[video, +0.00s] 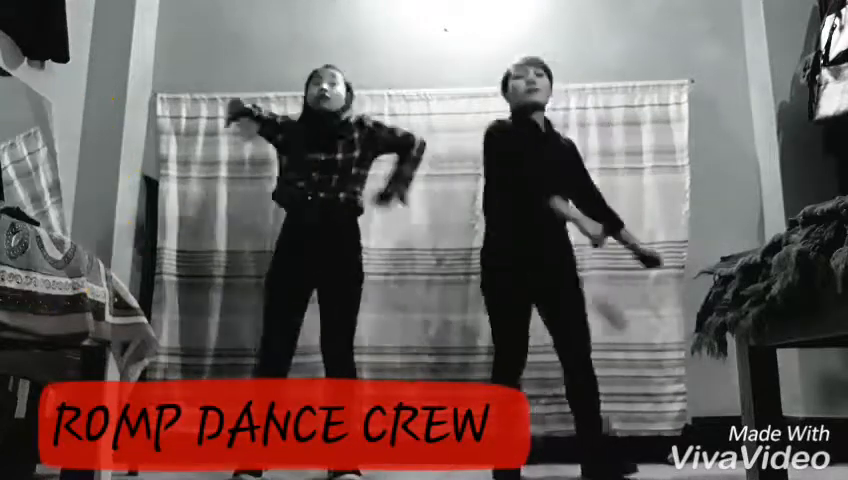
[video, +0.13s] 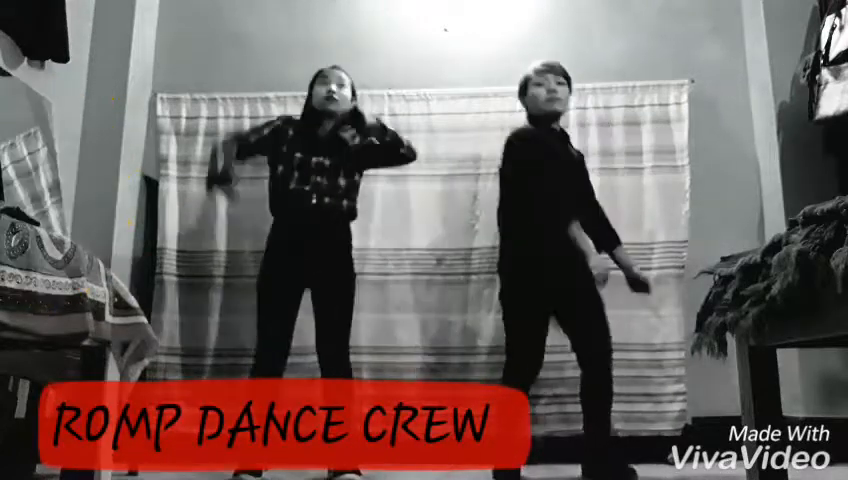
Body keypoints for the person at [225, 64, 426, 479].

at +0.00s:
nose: (324, 86)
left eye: (333, 81)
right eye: (316, 81)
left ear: (348, 96)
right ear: (305, 95)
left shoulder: (363, 131)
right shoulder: (289, 129)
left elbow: (414, 145)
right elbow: (247, 114)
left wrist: (397, 184)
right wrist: (242, 113)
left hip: (340, 245)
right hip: (295, 244)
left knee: (338, 351)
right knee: (275, 349)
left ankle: (344, 454)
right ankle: (255, 451)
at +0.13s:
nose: (333, 89)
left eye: (342, 85)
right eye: (325, 82)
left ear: (352, 101)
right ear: (310, 94)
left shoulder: (353, 144)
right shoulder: (285, 131)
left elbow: (404, 153)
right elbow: (232, 148)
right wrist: (223, 166)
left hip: (333, 254)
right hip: (284, 251)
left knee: (334, 356)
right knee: (270, 353)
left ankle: (344, 457)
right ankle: (251, 454)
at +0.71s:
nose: (334, 88)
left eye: (342, 83)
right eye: (325, 81)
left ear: (352, 96)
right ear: (309, 90)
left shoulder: (356, 140)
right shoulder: (284, 128)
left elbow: (400, 173)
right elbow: (222, 126)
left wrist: (390, 134)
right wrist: (255, 120)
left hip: (339, 249)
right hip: (292, 245)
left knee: (339, 354)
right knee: (274, 351)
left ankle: (345, 458)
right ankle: (250, 455)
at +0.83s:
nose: (321, 90)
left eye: (330, 85)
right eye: (312, 83)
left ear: (342, 95)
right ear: (298, 92)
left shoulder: (354, 142)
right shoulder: (277, 140)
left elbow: (384, 185)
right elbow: (242, 191)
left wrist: (366, 224)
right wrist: (253, 169)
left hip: (336, 256)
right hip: (287, 255)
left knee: (337, 357)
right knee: (271, 354)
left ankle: (345, 458)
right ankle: (250, 456)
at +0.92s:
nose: (314, 89)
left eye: (323, 84)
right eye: (305, 82)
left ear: (334, 95)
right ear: (290, 90)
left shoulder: (345, 147)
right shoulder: (269, 141)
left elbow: (354, 208)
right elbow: (254, 200)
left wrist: (359, 260)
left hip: (333, 262)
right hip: (279, 261)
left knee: (336, 358)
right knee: (269, 356)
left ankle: (343, 456)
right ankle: (250, 455)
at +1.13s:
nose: (345, 86)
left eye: (345, 80)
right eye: (335, 79)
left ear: (343, 89)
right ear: (311, 84)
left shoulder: (342, 139)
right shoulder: (287, 129)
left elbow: (345, 198)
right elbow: (242, 172)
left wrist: (390, 202)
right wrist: (201, 215)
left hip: (334, 254)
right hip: (293, 252)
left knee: (347, 352)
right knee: (279, 352)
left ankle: (347, 445)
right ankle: (248, 447)